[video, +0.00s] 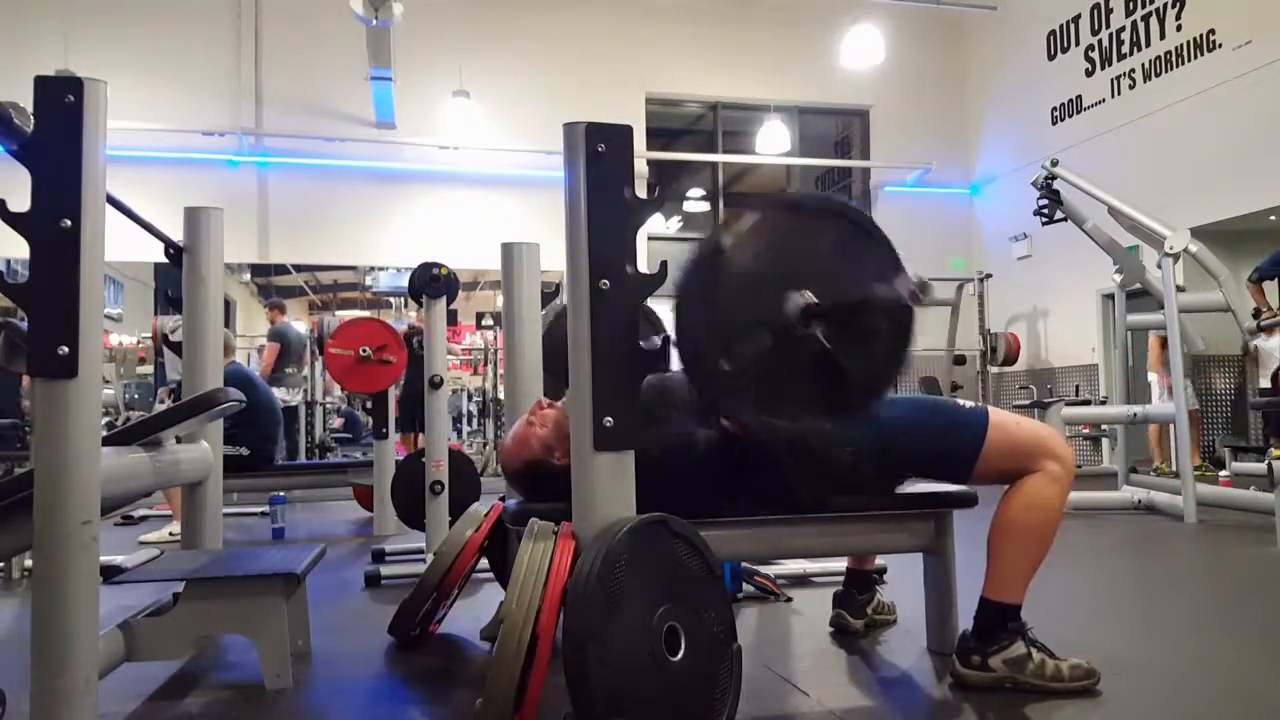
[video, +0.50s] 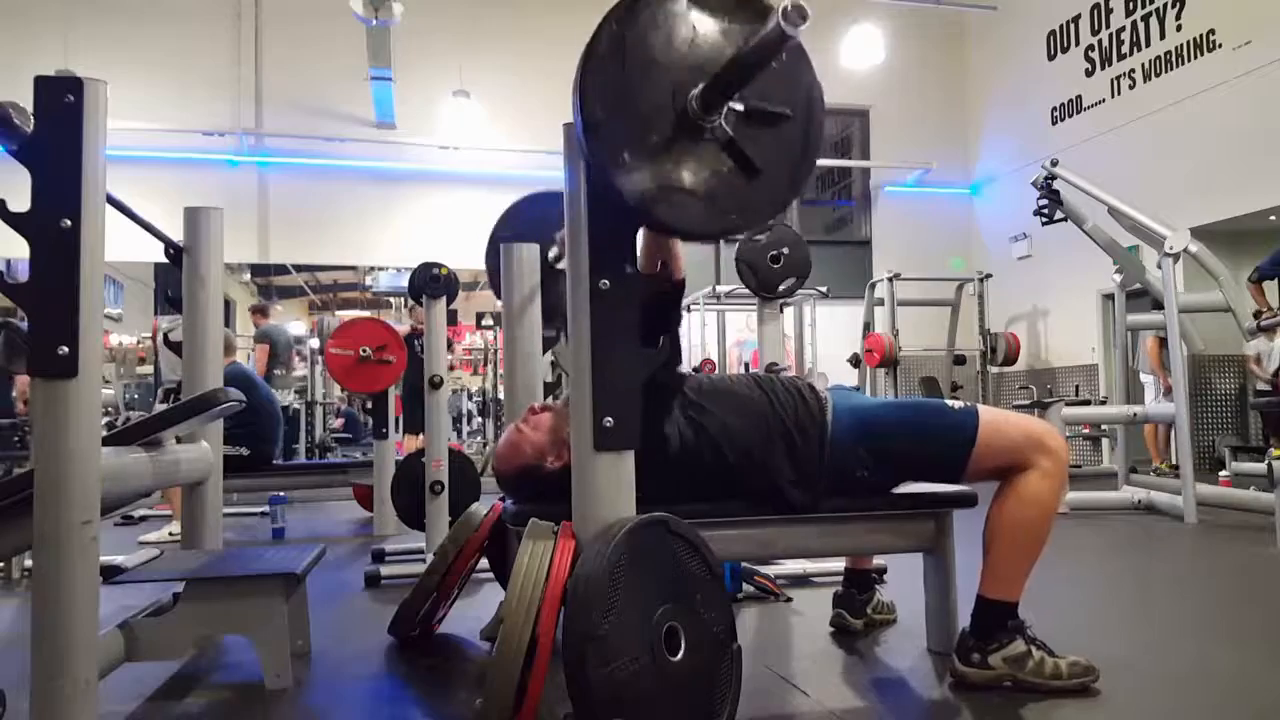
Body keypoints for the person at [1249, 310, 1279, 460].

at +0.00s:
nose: (1268, 325)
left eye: (1270, 321)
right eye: (1264, 322)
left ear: (1275, 322)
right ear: (1259, 325)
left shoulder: (1277, 337)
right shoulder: (1257, 342)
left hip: (1275, 382)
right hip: (1264, 383)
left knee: (1274, 419)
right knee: (1268, 419)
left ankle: (1274, 447)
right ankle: (1271, 448)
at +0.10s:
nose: (1268, 325)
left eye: (1269, 321)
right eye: (1265, 322)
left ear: (1273, 323)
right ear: (1260, 325)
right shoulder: (1259, 342)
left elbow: (1244, 348)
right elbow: (1244, 348)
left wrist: (1239, 337)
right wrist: (1239, 338)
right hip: (1266, 383)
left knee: (1269, 419)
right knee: (1269, 419)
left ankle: (1272, 448)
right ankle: (1271, 448)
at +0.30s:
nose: (1267, 324)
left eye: (1269, 319)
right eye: (1263, 321)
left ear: (1274, 320)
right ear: (1257, 324)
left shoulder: (1276, 338)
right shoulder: (1253, 342)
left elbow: (1245, 363)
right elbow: (1244, 363)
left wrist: (1258, 366)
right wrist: (1259, 366)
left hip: (1275, 385)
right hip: (1263, 386)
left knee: (1273, 420)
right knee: (1268, 421)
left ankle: (1274, 446)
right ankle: (1272, 446)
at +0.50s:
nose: (1270, 325)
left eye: (1271, 320)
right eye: (1265, 322)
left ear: (1276, 322)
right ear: (1259, 324)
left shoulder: (1277, 339)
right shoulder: (1254, 344)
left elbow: (1252, 365)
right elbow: (1251, 365)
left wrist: (1269, 377)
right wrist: (1267, 377)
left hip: (1275, 386)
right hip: (1265, 387)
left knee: (1273, 423)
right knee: (1270, 423)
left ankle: (1274, 447)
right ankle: (1273, 447)